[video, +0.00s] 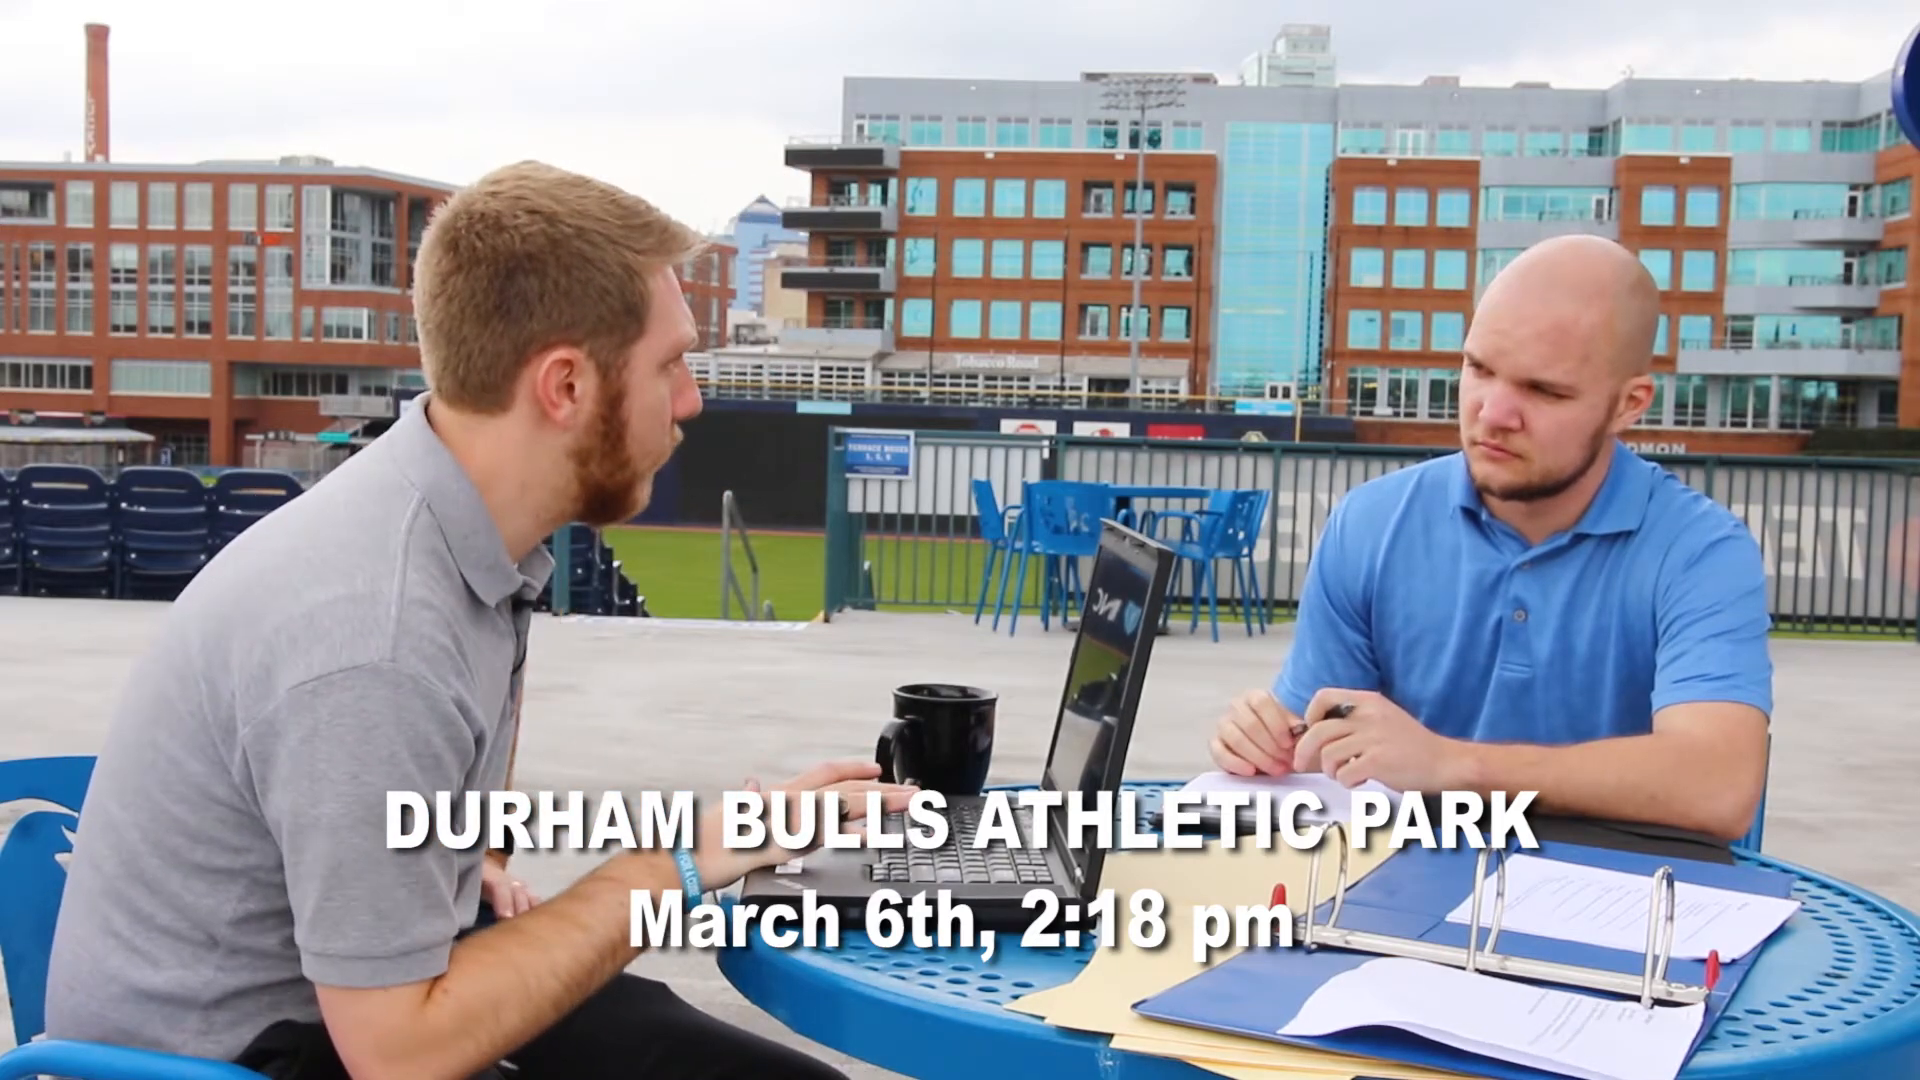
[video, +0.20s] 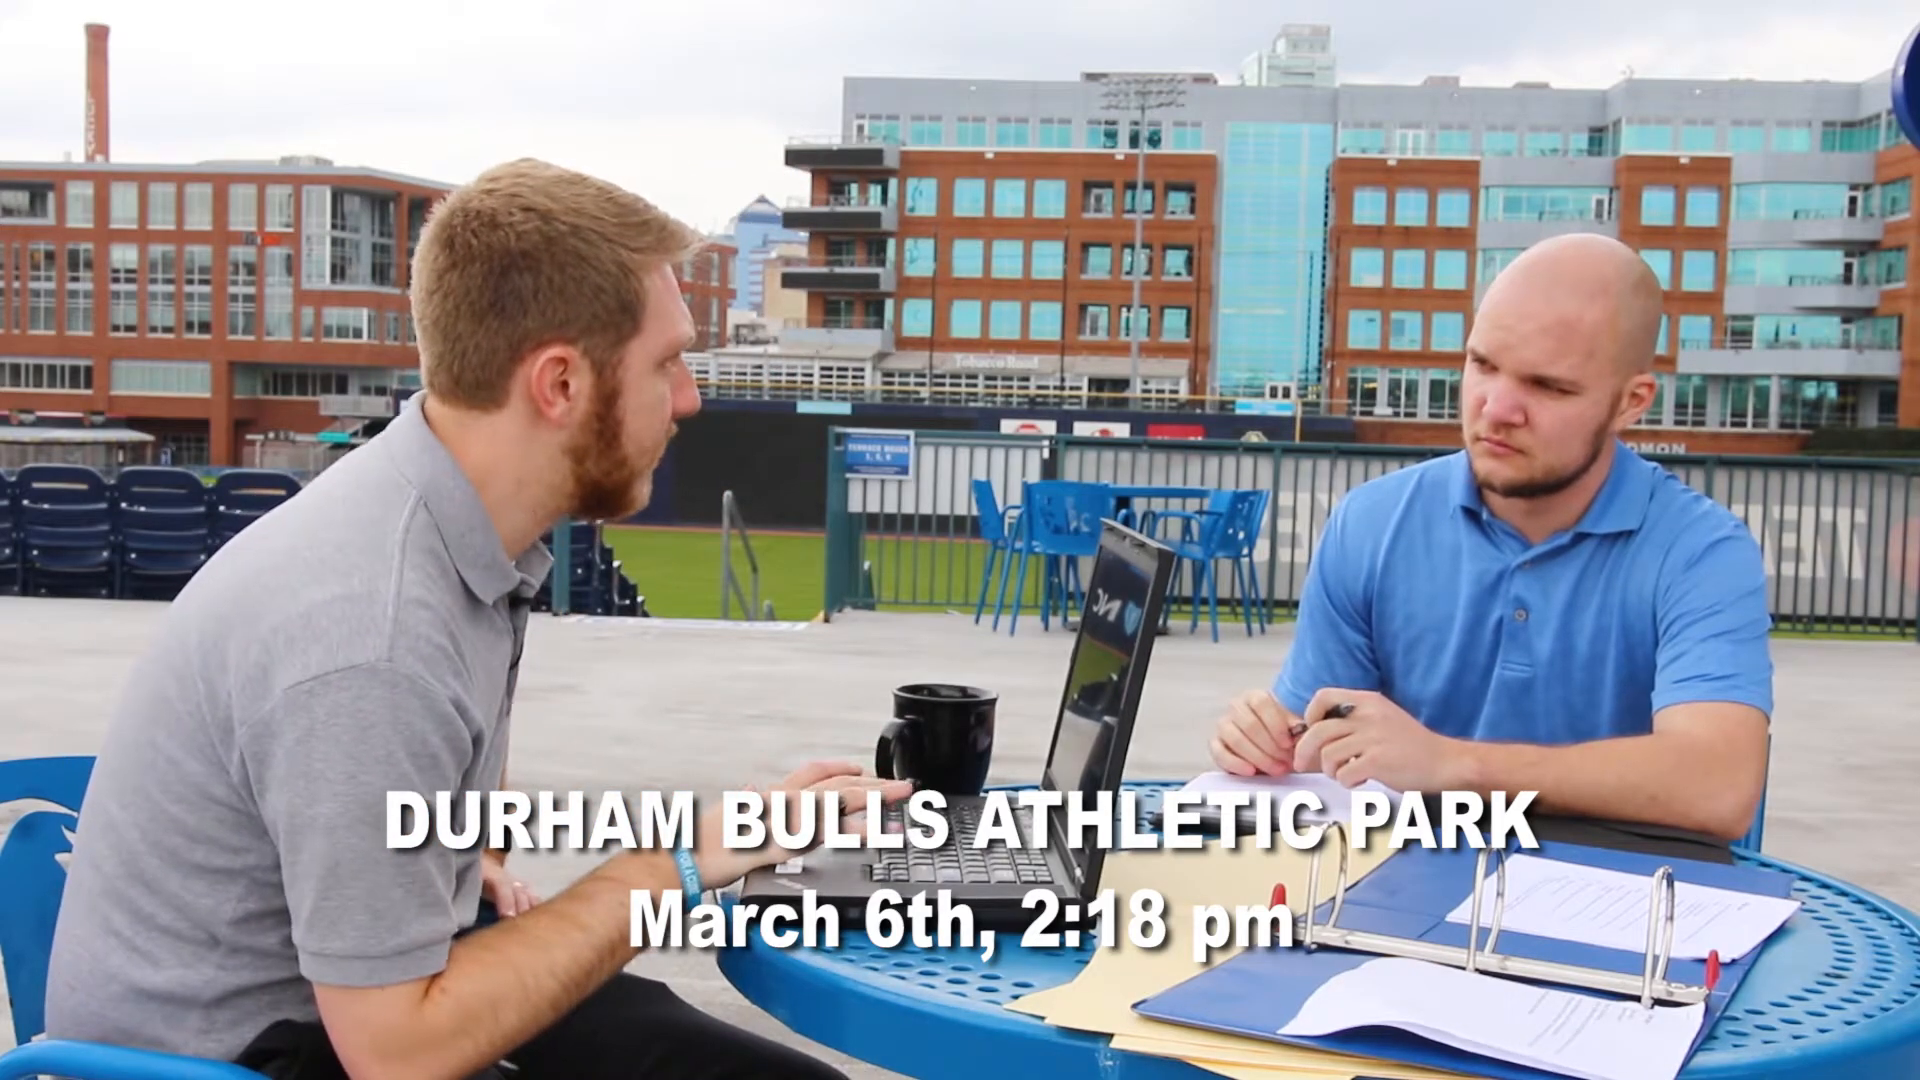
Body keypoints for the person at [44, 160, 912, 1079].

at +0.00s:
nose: (694, 402)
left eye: (688, 365)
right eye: (674, 369)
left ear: (562, 389)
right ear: (565, 389)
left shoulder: (464, 526)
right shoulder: (365, 642)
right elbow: (404, 1047)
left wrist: (467, 857)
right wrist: (690, 860)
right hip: (212, 1048)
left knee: (803, 1063)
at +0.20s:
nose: (692, 400)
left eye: (685, 363)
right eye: (670, 367)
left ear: (555, 388)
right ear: (559, 388)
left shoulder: (458, 525)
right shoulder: (362, 641)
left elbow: (444, 755)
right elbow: (400, 1048)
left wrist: (474, 860)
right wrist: (685, 859)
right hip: (212, 1048)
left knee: (798, 1064)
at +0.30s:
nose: (685, 393)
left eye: (678, 356)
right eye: (660, 362)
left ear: (539, 391)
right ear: (546, 389)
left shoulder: (455, 521)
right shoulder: (355, 640)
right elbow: (399, 1046)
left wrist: (458, 841)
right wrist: (687, 856)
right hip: (212, 1042)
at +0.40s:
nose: (678, 390)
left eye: (669, 353)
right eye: (652, 359)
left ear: (528, 393)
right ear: (535, 391)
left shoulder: (445, 524)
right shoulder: (343, 646)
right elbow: (392, 1049)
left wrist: (449, 852)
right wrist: (692, 858)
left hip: (374, 957)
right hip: (216, 1042)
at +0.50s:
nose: (671, 393)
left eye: (664, 356)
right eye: (647, 361)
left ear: (519, 395)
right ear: (527, 393)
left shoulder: (436, 515)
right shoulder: (335, 657)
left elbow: (494, 651)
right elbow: (396, 1050)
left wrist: (465, 840)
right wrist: (687, 854)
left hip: (381, 947)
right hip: (214, 1044)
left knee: (805, 1067)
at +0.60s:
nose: (668, 396)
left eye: (661, 359)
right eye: (643, 364)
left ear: (516, 394)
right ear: (523, 393)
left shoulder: (427, 514)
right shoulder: (332, 657)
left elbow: (492, 654)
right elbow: (398, 1049)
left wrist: (468, 838)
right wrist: (686, 854)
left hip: (376, 954)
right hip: (212, 1044)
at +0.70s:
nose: (669, 398)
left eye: (661, 360)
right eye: (643, 365)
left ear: (515, 395)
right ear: (523, 393)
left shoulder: (424, 523)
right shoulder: (332, 654)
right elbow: (399, 1054)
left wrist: (450, 852)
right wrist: (684, 856)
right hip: (214, 1045)